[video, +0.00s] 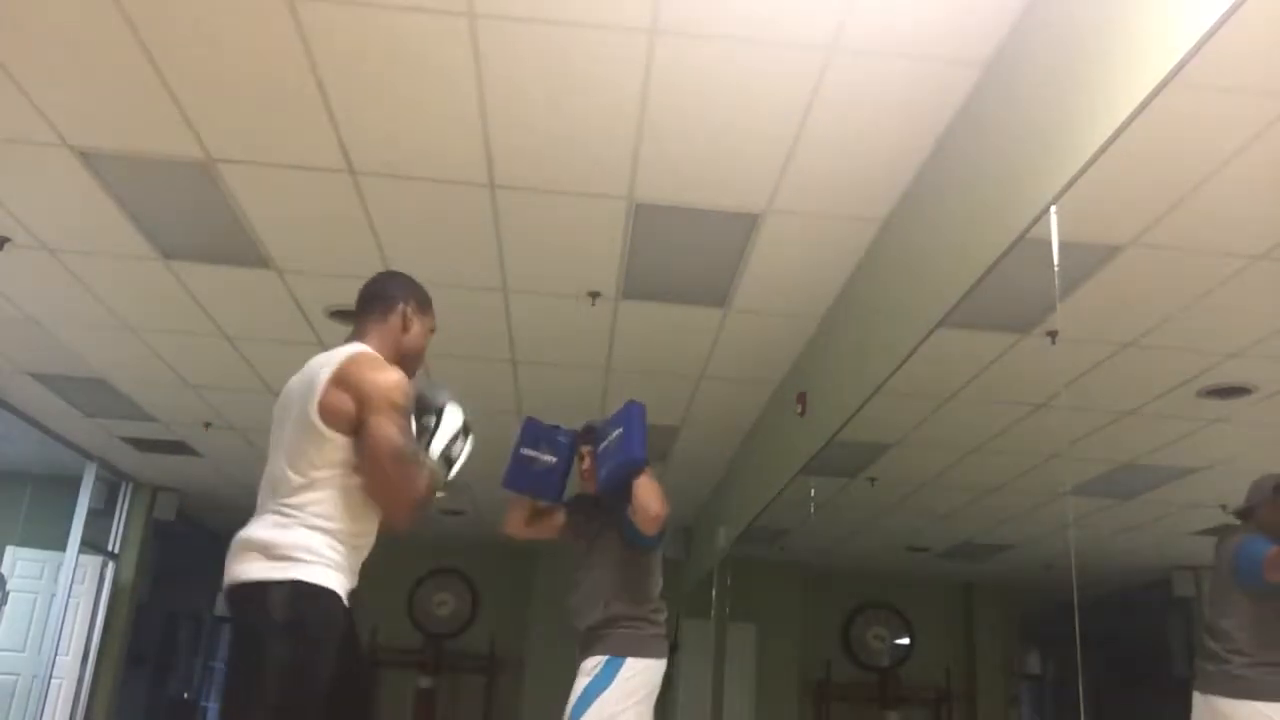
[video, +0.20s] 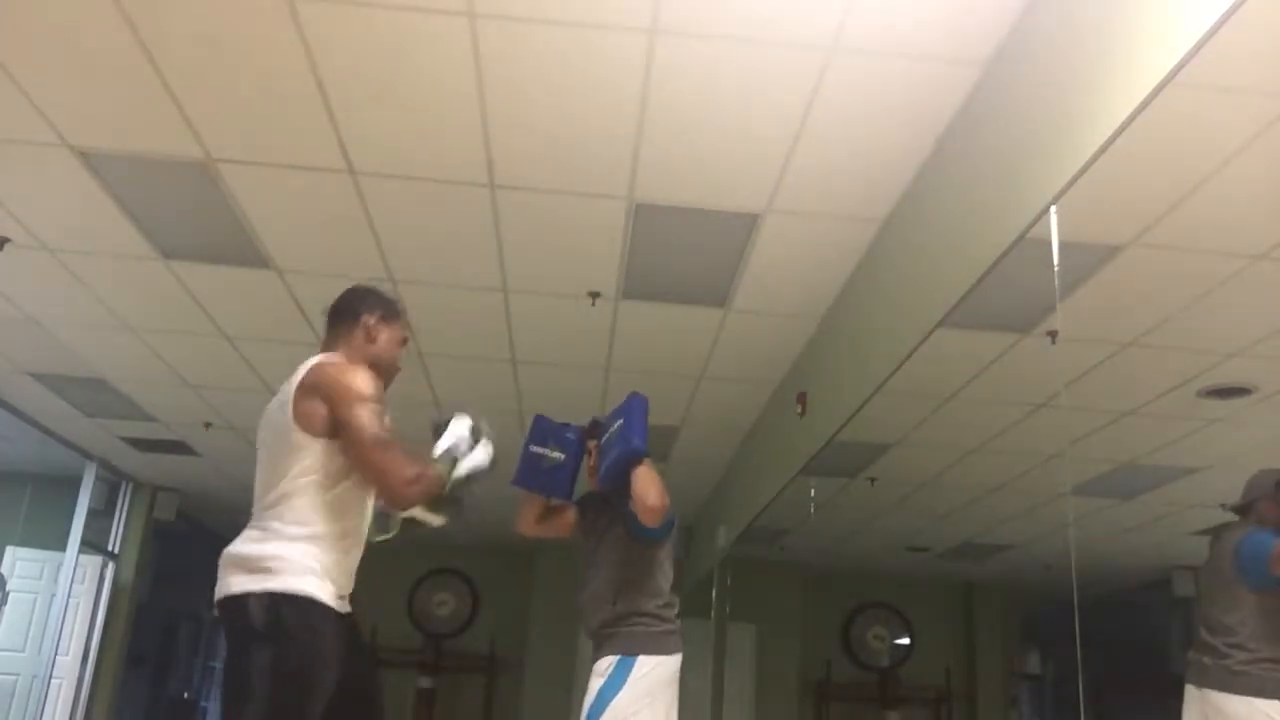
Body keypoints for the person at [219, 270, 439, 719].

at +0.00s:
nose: (425, 348)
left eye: (429, 335)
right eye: (427, 331)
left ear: (368, 316)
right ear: (404, 316)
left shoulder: (311, 373)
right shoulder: (379, 375)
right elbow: (400, 502)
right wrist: (432, 458)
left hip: (262, 575)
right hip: (301, 583)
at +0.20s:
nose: (401, 359)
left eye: (404, 346)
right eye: (400, 342)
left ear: (366, 330)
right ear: (371, 328)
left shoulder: (305, 382)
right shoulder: (344, 375)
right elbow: (403, 484)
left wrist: (396, 499)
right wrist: (446, 465)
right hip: (287, 591)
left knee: (357, 704)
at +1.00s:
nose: (353, 373)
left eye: (355, 359)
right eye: (349, 354)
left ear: (314, 347)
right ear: (312, 343)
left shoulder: (307, 442)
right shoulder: (253, 412)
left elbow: (302, 521)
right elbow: (296, 521)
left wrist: (366, 499)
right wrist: (366, 503)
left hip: (272, 611)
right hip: (212, 602)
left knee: (300, 709)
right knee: (219, 710)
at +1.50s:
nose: (388, 409)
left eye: (390, 397)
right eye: (384, 391)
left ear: (347, 382)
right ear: (346, 379)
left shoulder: (335, 468)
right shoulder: (282, 416)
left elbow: (305, 562)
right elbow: (301, 500)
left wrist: (379, 538)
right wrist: (379, 484)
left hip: (282, 608)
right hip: (227, 589)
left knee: (300, 707)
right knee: (212, 707)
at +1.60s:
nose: (386, 400)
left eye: (387, 388)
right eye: (381, 383)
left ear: (345, 376)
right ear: (343, 373)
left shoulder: (344, 463)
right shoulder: (281, 414)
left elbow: (321, 555)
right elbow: (276, 502)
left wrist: (389, 532)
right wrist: (357, 496)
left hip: (292, 609)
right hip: (234, 595)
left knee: (300, 708)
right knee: (226, 708)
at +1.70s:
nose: (375, 395)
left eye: (378, 383)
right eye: (371, 378)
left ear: (335, 370)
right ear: (333, 367)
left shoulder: (340, 453)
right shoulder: (273, 412)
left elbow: (313, 552)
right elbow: (264, 505)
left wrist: (385, 530)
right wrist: (340, 491)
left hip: (299, 612)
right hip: (238, 604)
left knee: (301, 711)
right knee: (228, 711)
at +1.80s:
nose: (360, 396)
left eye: (362, 385)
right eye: (356, 380)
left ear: (318, 372)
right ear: (317, 368)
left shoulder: (327, 452)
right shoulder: (258, 423)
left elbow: (306, 546)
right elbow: (276, 520)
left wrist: (366, 536)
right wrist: (336, 486)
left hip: (299, 621)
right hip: (232, 617)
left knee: (305, 710)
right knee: (222, 711)